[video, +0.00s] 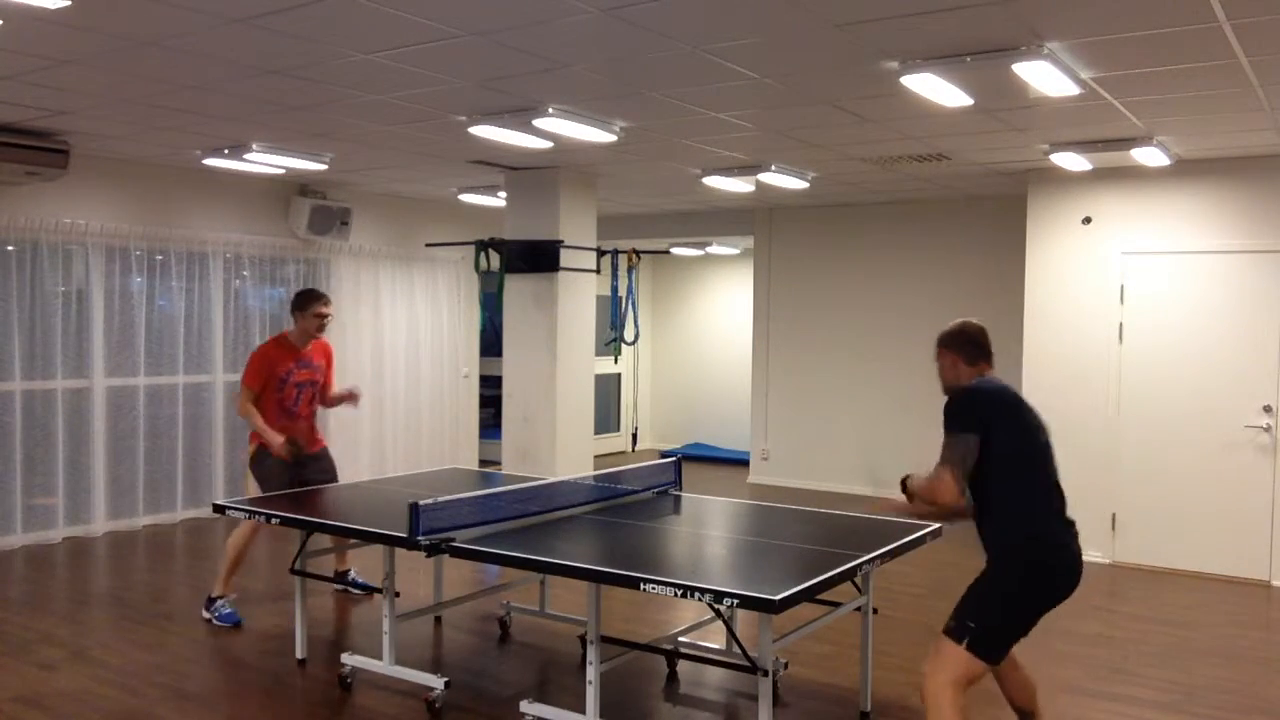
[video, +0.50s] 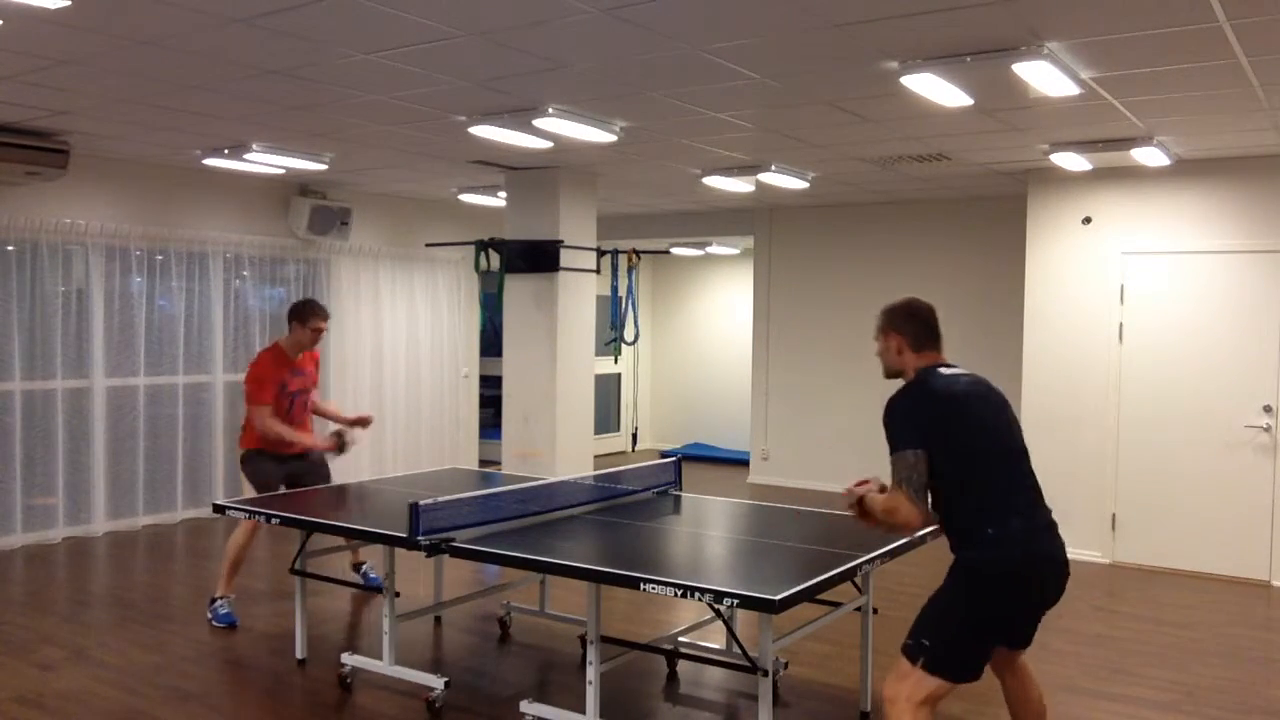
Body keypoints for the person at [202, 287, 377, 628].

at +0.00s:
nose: (325, 323)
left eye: (328, 317)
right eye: (319, 317)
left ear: (327, 319)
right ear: (297, 316)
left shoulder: (323, 351)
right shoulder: (267, 354)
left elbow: (323, 398)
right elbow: (244, 403)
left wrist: (341, 397)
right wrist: (270, 435)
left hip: (311, 447)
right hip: (272, 450)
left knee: (337, 509)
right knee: (258, 517)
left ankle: (342, 572)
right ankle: (217, 597)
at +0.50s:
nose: (320, 337)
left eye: (322, 331)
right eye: (316, 331)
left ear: (319, 331)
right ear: (295, 327)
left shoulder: (311, 358)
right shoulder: (264, 364)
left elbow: (309, 400)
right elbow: (262, 422)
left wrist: (345, 420)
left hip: (301, 451)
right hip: (262, 453)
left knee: (334, 502)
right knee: (263, 508)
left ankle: (358, 565)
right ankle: (221, 597)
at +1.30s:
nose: (321, 307)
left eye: (325, 302)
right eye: (315, 301)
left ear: (327, 305)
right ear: (298, 302)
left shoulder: (324, 338)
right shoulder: (275, 341)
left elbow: (321, 384)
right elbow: (258, 392)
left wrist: (347, 420)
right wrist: (271, 432)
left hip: (309, 440)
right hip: (271, 439)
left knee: (316, 504)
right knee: (252, 507)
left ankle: (323, 563)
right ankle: (241, 576)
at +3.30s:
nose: (311, 323)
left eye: (315, 317)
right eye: (305, 317)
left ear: (316, 318)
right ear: (285, 317)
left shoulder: (317, 351)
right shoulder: (258, 355)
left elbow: (317, 395)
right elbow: (237, 405)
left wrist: (333, 419)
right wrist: (247, 447)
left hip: (305, 448)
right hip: (266, 450)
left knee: (328, 506)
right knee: (251, 515)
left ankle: (338, 566)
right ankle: (222, 594)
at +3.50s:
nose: (327, 333)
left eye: (329, 327)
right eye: (322, 327)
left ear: (322, 328)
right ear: (301, 326)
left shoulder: (318, 359)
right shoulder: (270, 362)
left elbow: (312, 404)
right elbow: (248, 413)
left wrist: (338, 423)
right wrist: (277, 455)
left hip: (299, 448)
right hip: (263, 450)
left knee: (328, 501)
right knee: (259, 515)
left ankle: (337, 565)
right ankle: (222, 595)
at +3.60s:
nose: (338, 337)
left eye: (340, 331)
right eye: (333, 330)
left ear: (324, 332)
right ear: (312, 328)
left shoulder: (319, 362)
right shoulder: (285, 363)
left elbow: (310, 409)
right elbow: (282, 420)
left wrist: (341, 422)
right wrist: (323, 451)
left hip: (296, 447)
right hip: (264, 448)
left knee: (327, 502)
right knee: (262, 514)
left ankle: (337, 566)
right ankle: (222, 596)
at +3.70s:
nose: (351, 338)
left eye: (353, 333)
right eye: (347, 332)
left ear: (335, 333)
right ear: (328, 329)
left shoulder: (317, 362)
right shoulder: (304, 362)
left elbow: (309, 412)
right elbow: (330, 414)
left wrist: (347, 418)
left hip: (296, 448)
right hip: (266, 450)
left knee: (326, 504)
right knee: (259, 519)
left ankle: (337, 566)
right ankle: (221, 596)